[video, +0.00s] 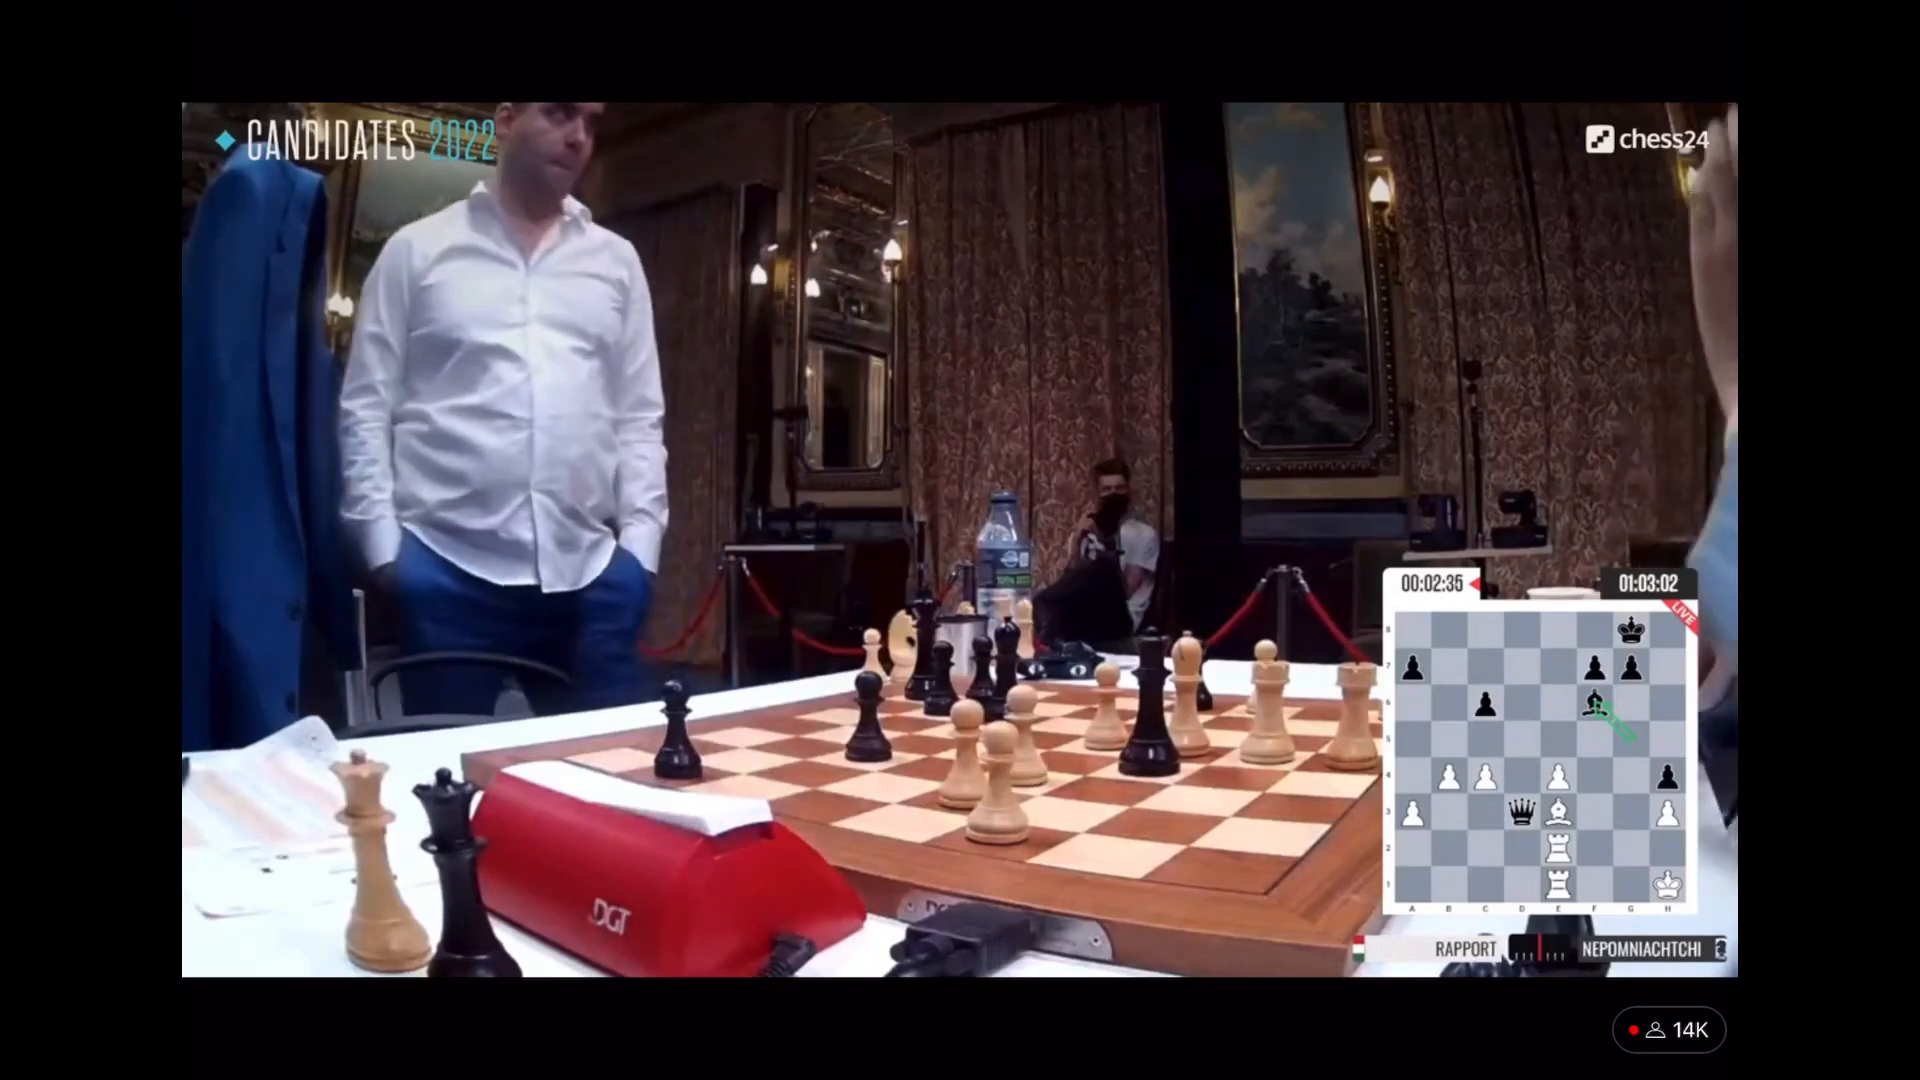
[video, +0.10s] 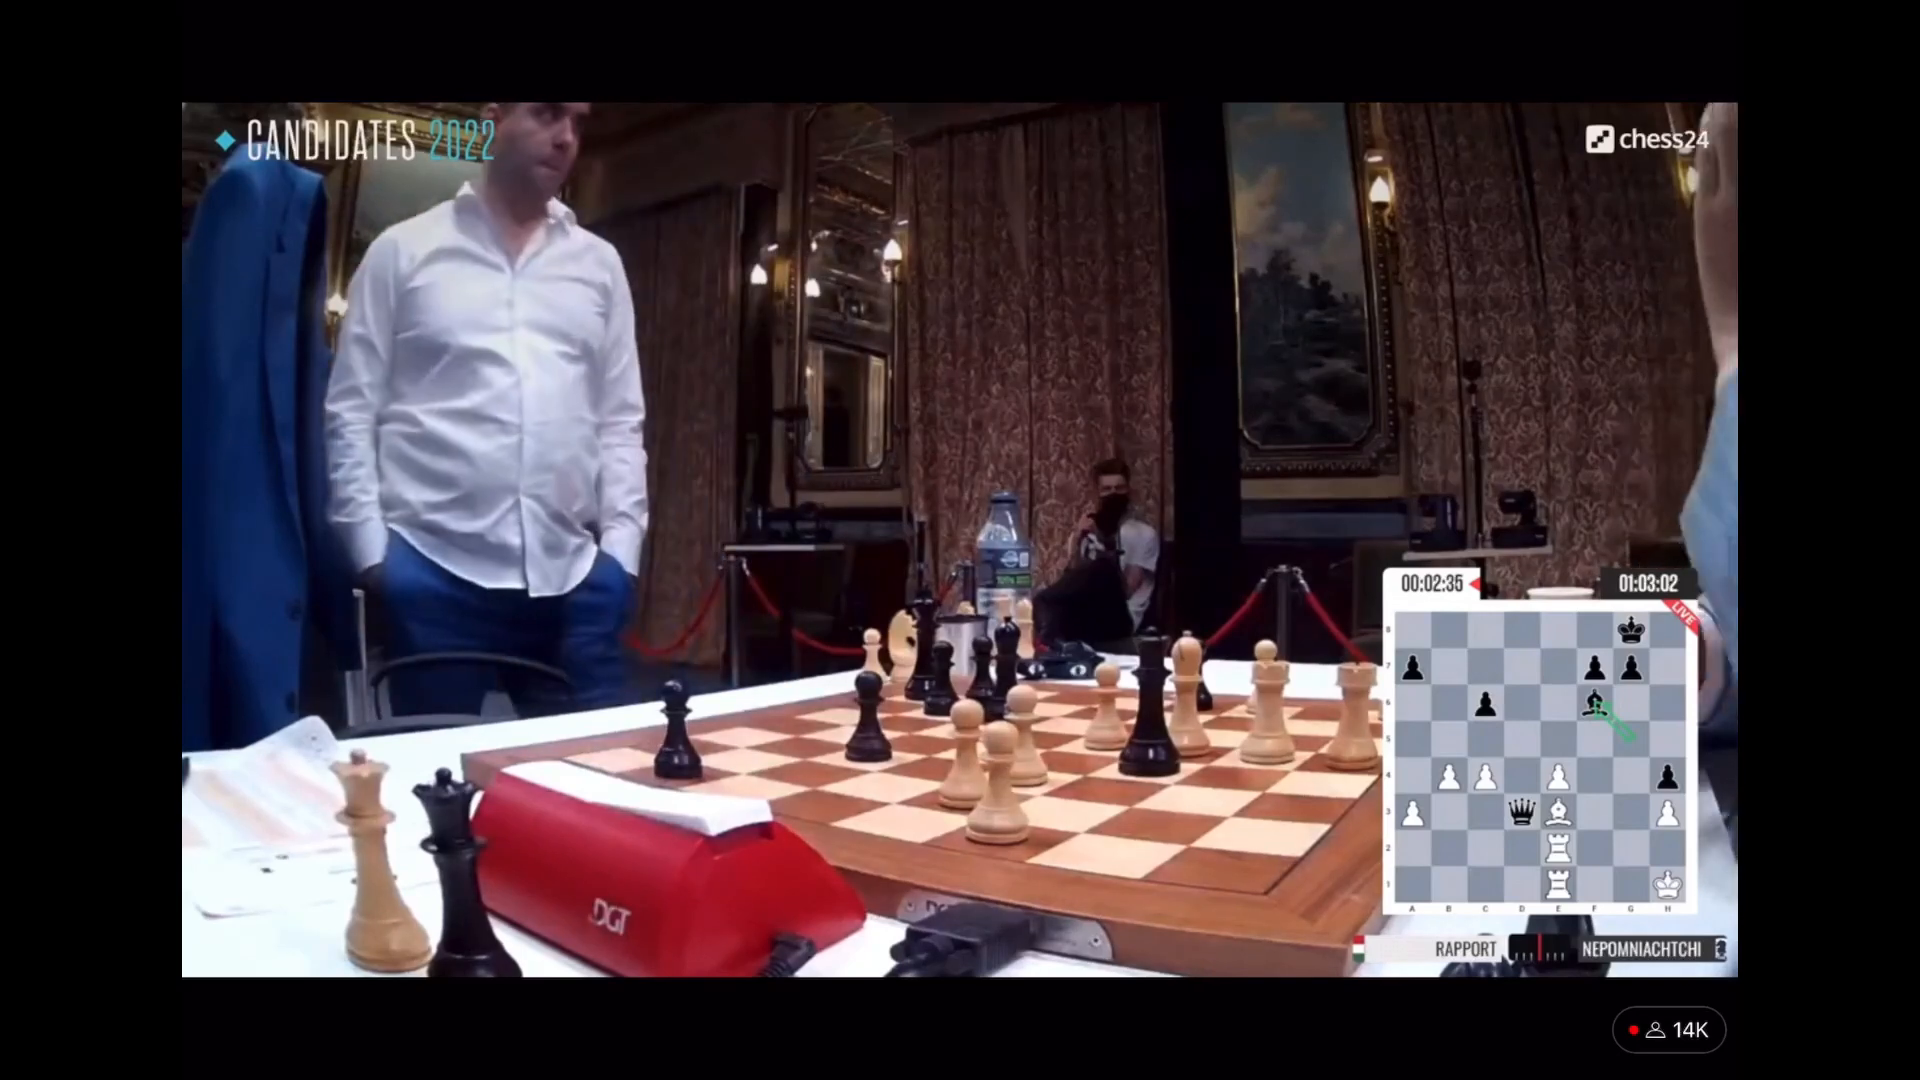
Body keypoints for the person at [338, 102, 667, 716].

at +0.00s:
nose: (578, 137)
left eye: (589, 123)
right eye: (559, 114)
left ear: (597, 141)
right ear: (506, 120)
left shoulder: (616, 260)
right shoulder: (417, 250)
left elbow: (640, 418)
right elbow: (365, 404)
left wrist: (637, 551)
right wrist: (384, 550)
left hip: (591, 581)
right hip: (447, 579)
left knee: (610, 782)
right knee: (448, 784)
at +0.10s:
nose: (567, 137)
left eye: (577, 122)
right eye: (547, 114)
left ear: (584, 138)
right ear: (496, 118)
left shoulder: (599, 263)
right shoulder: (403, 251)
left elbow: (621, 420)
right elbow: (350, 408)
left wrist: (618, 554)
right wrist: (372, 553)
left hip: (573, 584)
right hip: (433, 581)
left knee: (601, 783)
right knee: (437, 785)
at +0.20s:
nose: (551, 140)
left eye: (560, 123)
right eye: (532, 116)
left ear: (566, 138)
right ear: (477, 121)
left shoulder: (577, 266)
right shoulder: (387, 253)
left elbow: (599, 423)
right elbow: (337, 412)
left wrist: (599, 555)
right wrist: (358, 557)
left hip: (554, 584)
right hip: (417, 582)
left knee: (582, 784)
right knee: (423, 789)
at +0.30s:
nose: (543, 140)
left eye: (551, 124)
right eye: (525, 117)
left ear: (556, 139)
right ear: (469, 121)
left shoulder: (567, 267)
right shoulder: (378, 253)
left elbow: (589, 424)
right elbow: (332, 415)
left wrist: (589, 556)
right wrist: (352, 561)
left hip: (545, 585)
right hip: (411, 584)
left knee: (576, 784)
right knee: (422, 788)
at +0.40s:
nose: (536, 138)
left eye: (543, 122)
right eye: (518, 116)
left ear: (548, 136)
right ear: (462, 120)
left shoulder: (558, 264)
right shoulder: (369, 252)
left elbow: (580, 422)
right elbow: (327, 416)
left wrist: (582, 554)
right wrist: (347, 563)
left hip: (539, 583)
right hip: (405, 582)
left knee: (562, 788)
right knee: (419, 790)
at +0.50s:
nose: (533, 136)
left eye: (539, 120)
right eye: (514, 115)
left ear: (543, 133)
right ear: (458, 118)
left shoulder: (555, 263)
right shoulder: (365, 252)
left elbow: (577, 421)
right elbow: (325, 417)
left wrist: (578, 554)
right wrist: (345, 564)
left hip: (538, 583)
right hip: (404, 583)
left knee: (561, 789)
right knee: (418, 791)